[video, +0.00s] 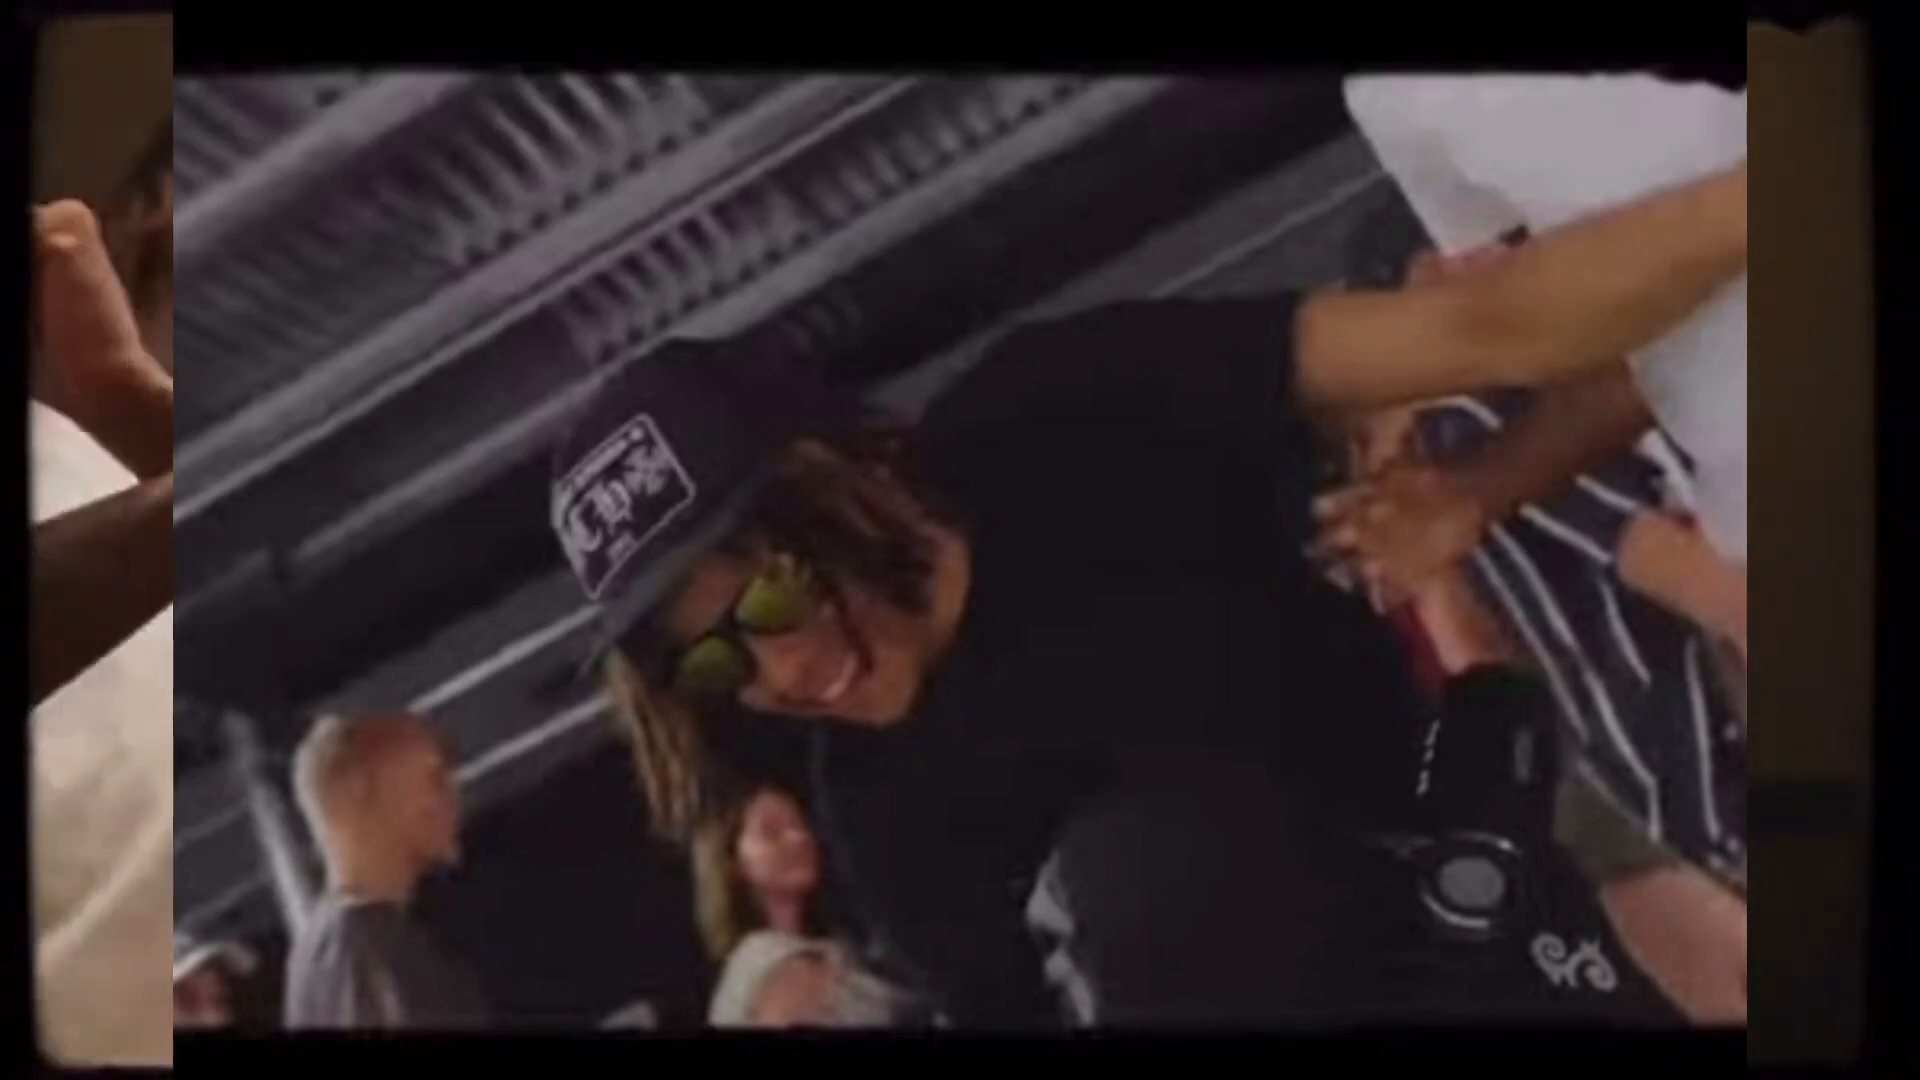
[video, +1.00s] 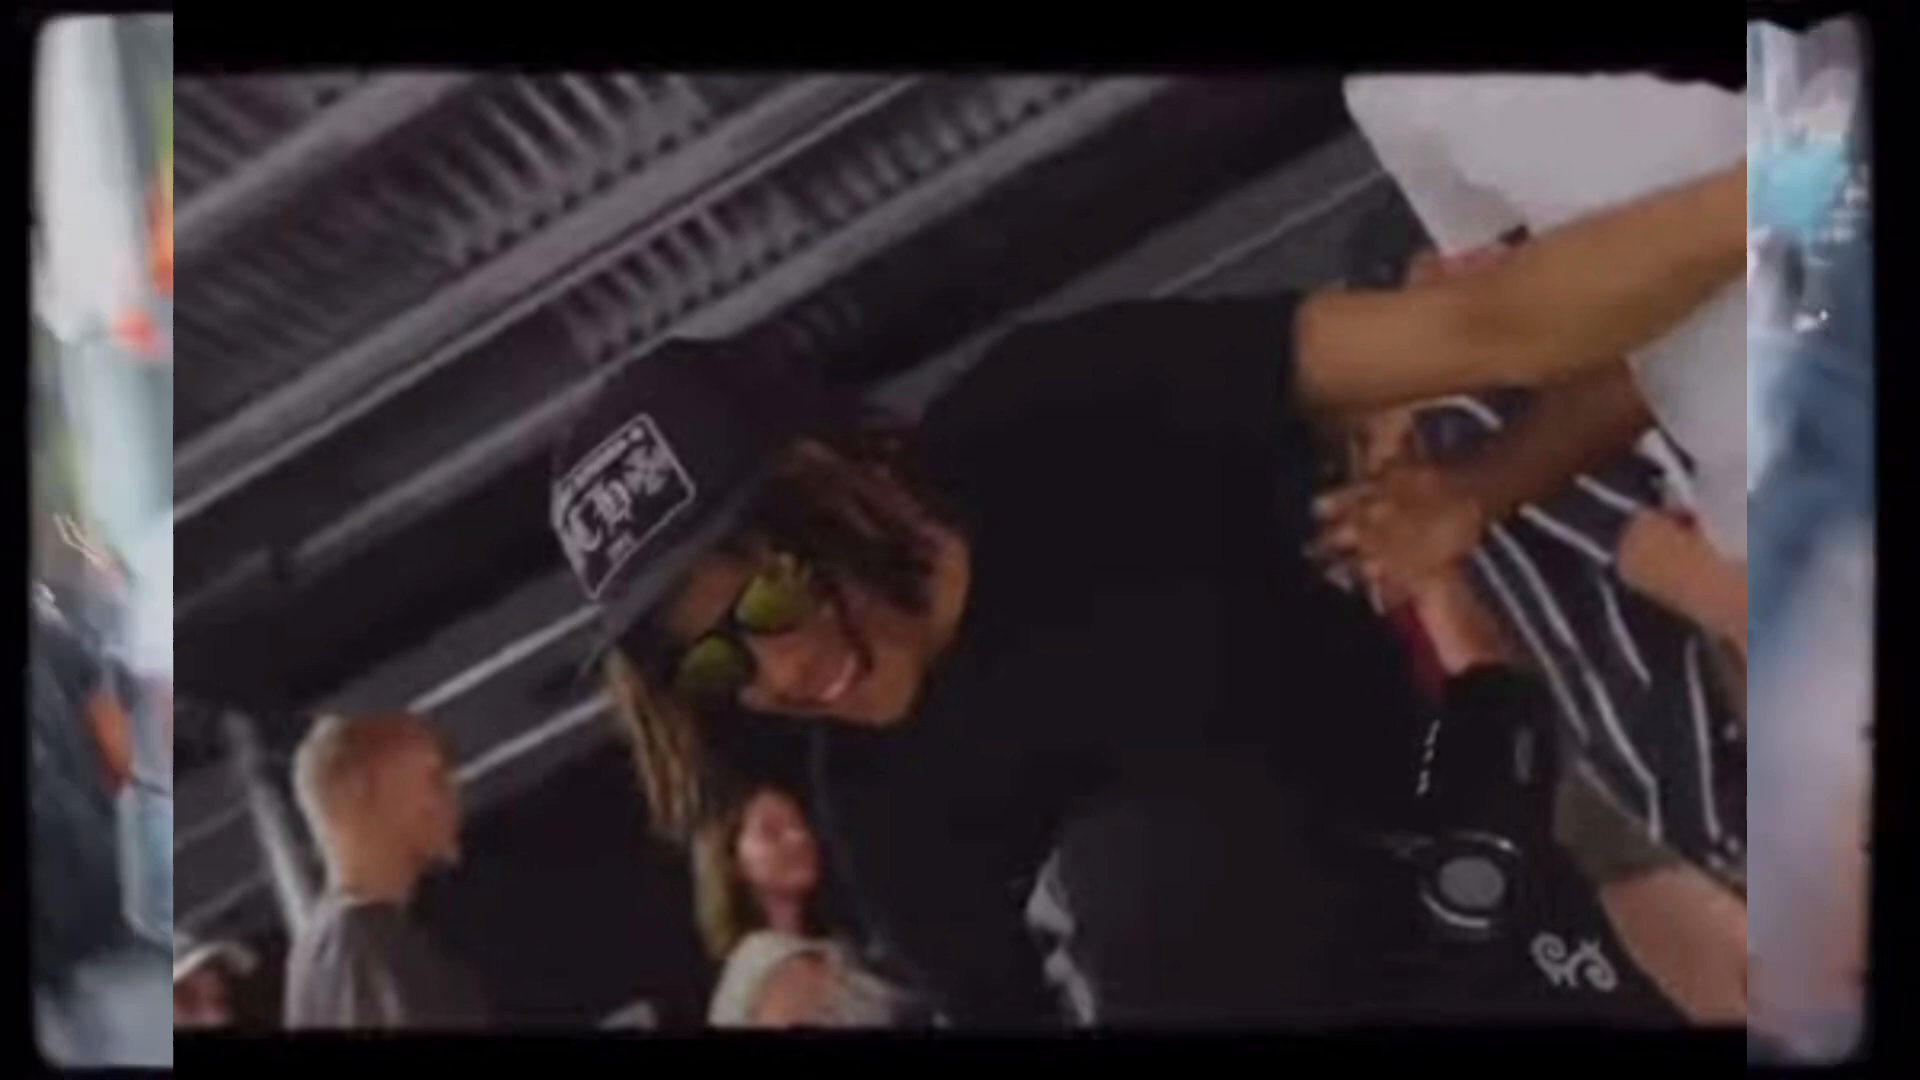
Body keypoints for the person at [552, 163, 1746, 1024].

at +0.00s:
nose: (768, 660)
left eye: (761, 586)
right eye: (709, 657)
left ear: (834, 478)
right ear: (687, 687)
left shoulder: (1050, 404)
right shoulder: (888, 843)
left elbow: (1469, 329)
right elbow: (1032, 1023)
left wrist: (1762, 200)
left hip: (1475, 843)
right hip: (1239, 974)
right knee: (1135, 869)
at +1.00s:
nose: (768, 656)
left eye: (760, 581)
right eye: (708, 654)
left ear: (834, 475)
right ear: (687, 686)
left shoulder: (1053, 403)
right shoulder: (888, 847)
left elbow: (1467, 331)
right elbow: (1038, 1025)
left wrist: (1784, 188)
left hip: (1482, 835)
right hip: (1263, 973)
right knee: (1136, 864)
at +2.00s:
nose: (769, 657)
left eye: (760, 583)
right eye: (710, 655)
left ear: (833, 476)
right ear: (689, 686)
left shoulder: (1056, 402)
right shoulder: (887, 843)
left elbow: (1468, 328)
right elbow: (1029, 1023)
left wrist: (1779, 193)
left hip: (1475, 837)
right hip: (1246, 969)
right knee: (1138, 859)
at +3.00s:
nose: (767, 658)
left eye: (759, 583)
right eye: (707, 655)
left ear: (833, 477)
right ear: (686, 686)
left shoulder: (1050, 404)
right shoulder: (888, 846)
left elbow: (1469, 328)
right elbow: (1038, 1026)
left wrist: (1787, 188)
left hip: (1483, 841)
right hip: (1258, 972)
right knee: (1135, 865)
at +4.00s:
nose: (767, 658)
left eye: (760, 583)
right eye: (708, 655)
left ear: (835, 477)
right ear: (687, 687)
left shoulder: (1053, 402)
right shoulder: (888, 846)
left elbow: (1474, 329)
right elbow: (1032, 1025)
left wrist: (1773, 188)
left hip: (1478, 836)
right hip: (1252, 971)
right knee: (1136, 864)